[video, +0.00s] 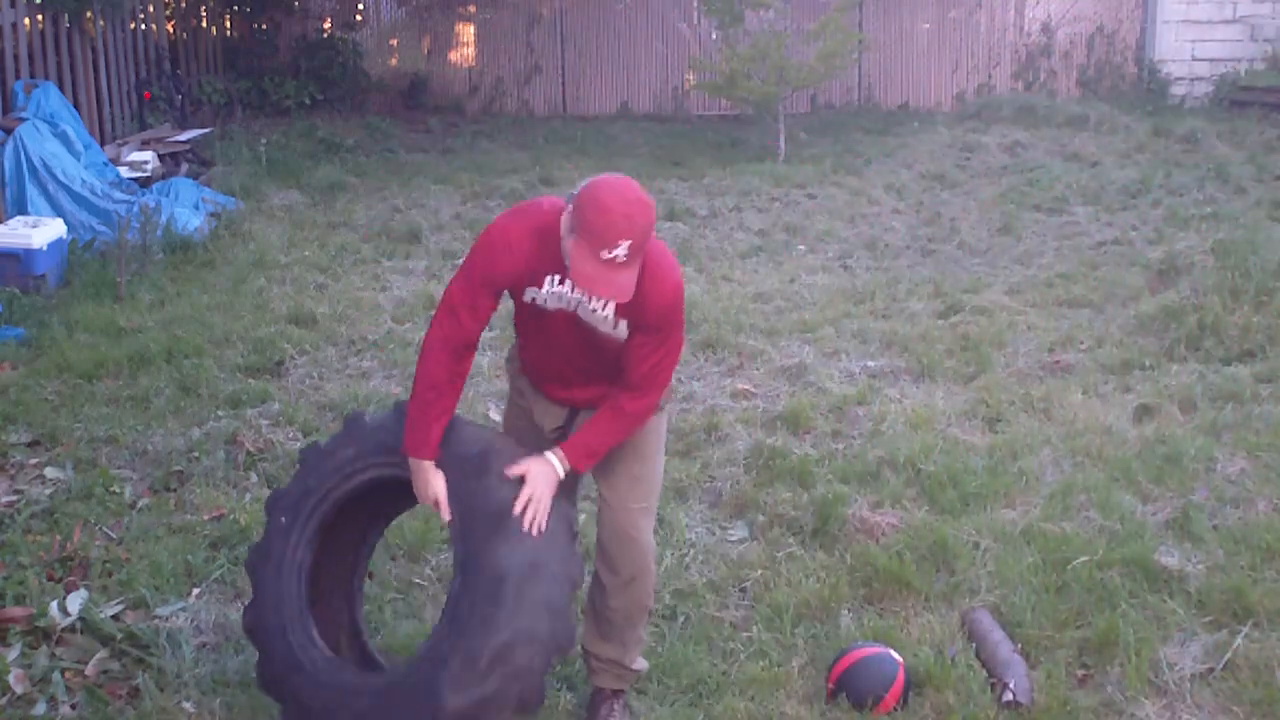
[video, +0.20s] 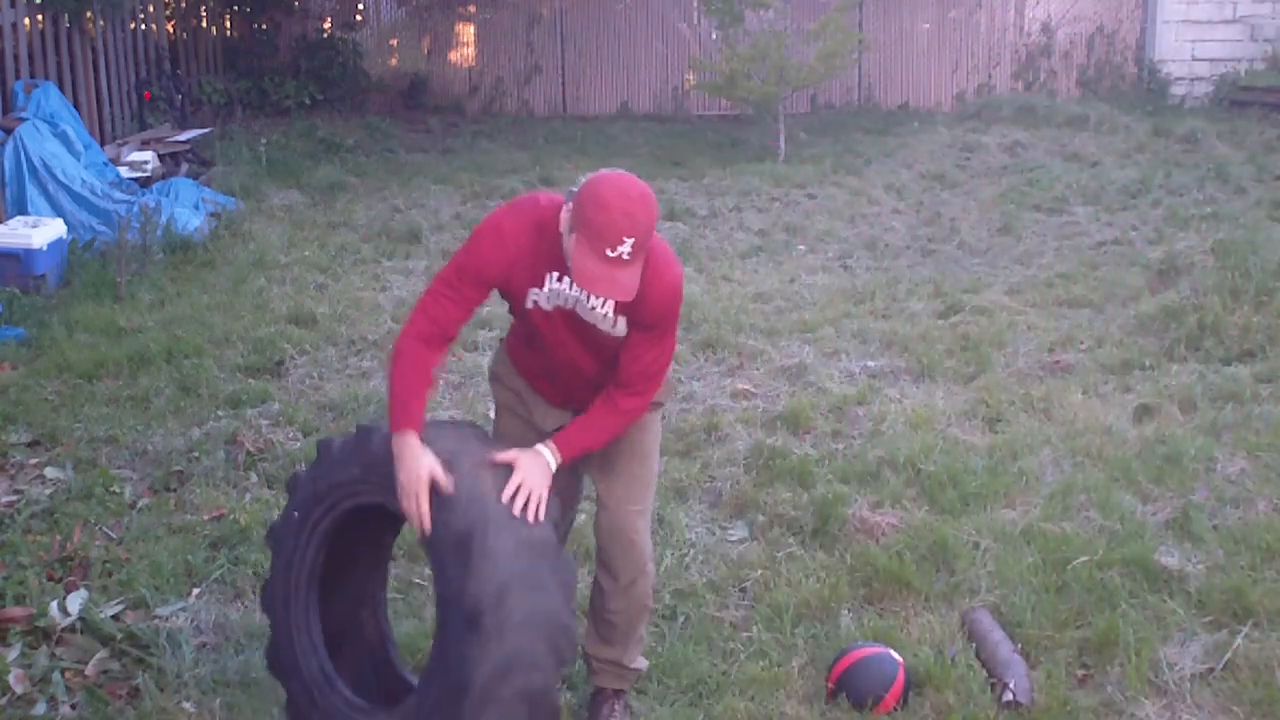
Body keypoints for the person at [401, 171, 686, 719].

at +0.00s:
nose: (600, 284)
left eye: (615, 274)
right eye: (591, 271)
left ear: (641, 249)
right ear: (566, 230)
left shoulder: (660, 282)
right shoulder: (515, 237)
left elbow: (639, 395)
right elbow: (452, 333)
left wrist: (561, 460)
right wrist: (421, 452)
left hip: (628, 402)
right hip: (537, 390)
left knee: (628, 540)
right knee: (513, 529)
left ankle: (611, 686)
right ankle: (500, 667)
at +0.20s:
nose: (602, 281)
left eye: (617, 272)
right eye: (593, 266)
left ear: (642, 246)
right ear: (566, 226)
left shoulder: (659, 277)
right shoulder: (512, 232)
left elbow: (631, 393)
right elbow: (424, 331)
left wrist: (552, 452)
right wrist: (406, 439)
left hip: (623, 403)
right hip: (530, 391)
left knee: (626, 542)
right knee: (522, 536)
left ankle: (612, 686)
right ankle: (511, 675)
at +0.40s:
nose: (569, 276)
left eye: (583, 266)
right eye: (558, 261)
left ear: (606, 238)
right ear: (531, 224)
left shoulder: (629, 267)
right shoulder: (485, 226)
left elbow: (618, 408)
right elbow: (396, 306)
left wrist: (552, 512)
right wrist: (366, 401)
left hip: (609, 401)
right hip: (517, 389)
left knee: (614, 547)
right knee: (513, 538)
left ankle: (610, 686)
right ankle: (505, 683)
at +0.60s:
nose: (506, 282)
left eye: (521, 270)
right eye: (493, 269)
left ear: (547, 242)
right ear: (471, 238)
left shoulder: (584, 275)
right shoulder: (441, 246)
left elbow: (588, 420)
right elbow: (373, 346)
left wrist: (553, 546)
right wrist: (353, 438)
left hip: (591, 410)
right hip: (494, 400)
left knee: (595, 556)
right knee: (465, 543)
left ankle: (605, 690)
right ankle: (470, 677)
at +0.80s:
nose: (462, 277)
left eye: (475, 262)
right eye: (449, 265)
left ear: (506, 226)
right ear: (424, 236)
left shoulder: (562, 258)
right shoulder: (410, 255)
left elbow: (609, 384)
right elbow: (385, 373)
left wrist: (541, 457)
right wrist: (413, 457)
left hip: (585, 411)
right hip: (483, 412)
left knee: (605, 546)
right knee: (459, 548)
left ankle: (615, 678)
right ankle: (462, 683)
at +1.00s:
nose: (513, 259)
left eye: (525, 244)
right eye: (499, 247)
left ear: (545, 217)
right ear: (468, 227)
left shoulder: (592, 250)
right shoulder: (433, 267)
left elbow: (595, 371)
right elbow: (426, 390)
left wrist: (524, 457)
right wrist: (445, 495)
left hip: (594, 404)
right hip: (490, 415)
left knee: (635, 552)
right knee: (480, 569)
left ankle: (663, 705)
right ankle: (484, 705)